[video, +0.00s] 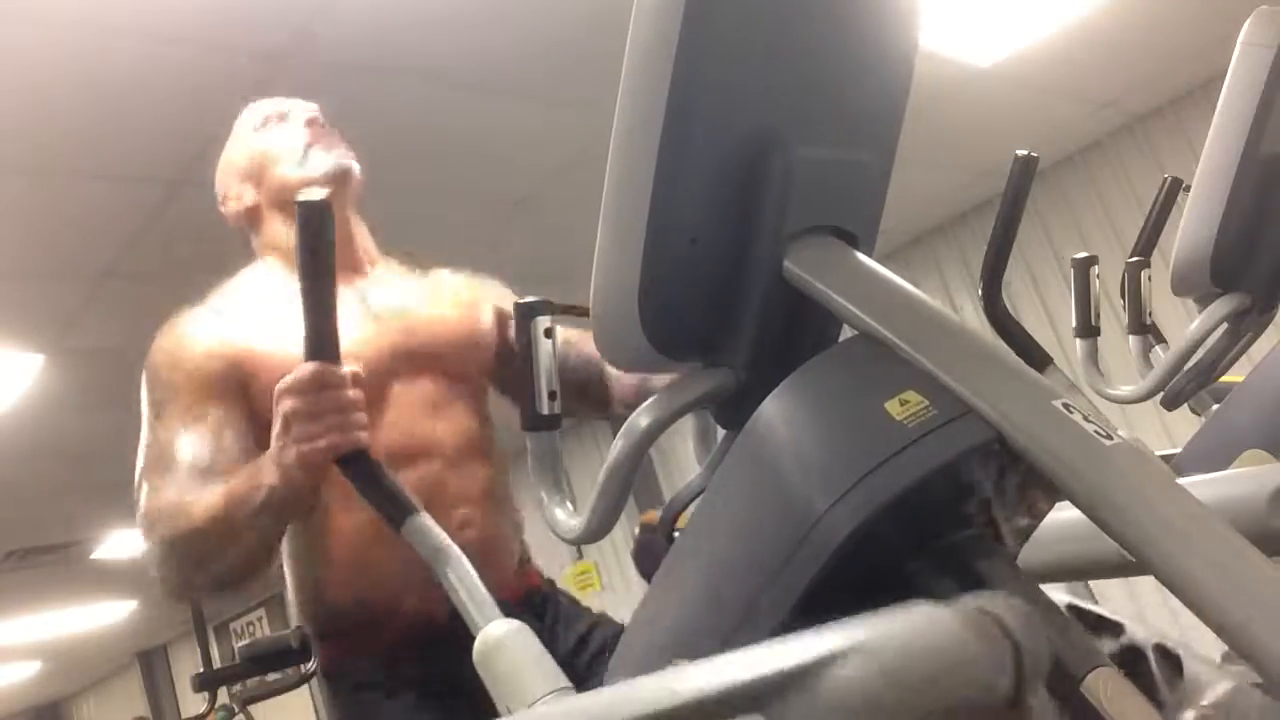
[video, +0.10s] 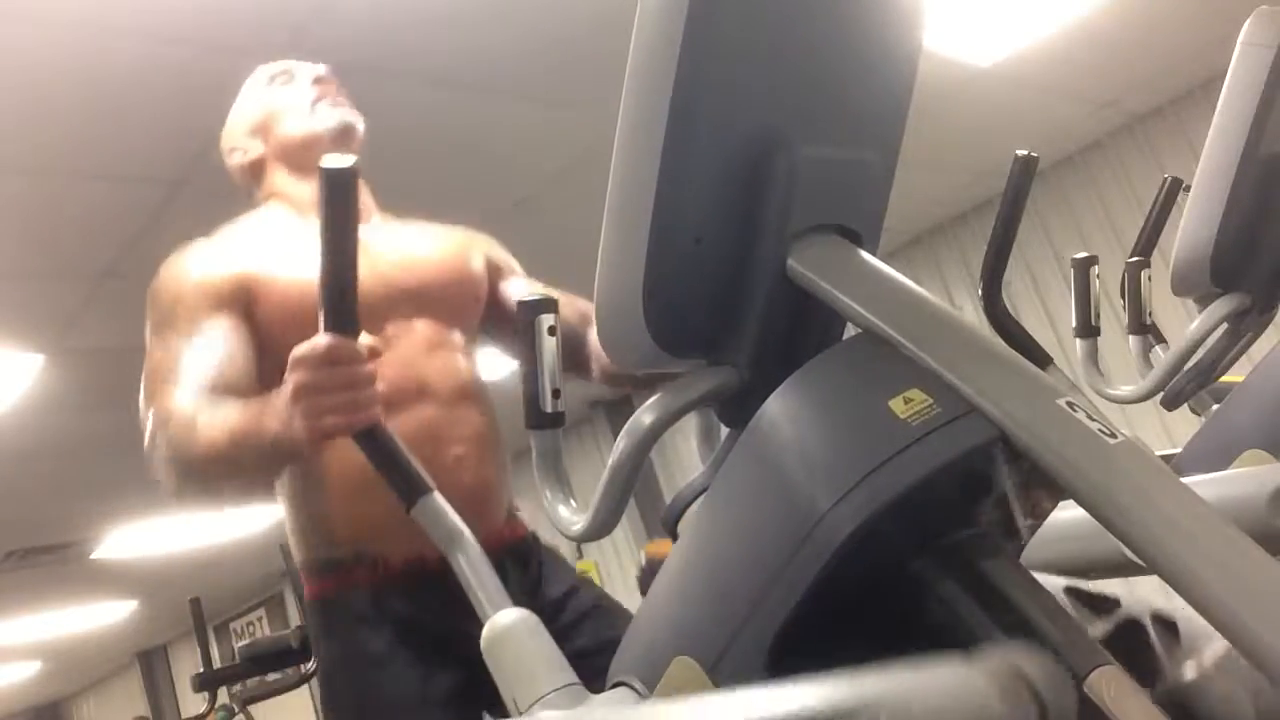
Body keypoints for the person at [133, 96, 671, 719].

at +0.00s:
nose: (316, 117)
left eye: (322, 116)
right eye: (275, 117)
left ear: (353, 164)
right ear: (234, 192)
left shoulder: (457, 298)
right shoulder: (205, 341)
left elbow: (617, 375)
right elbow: (183, 557)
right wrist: (281, 473)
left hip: (537, 624)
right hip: (386, 674)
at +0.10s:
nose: (323, 77)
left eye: (328, 75)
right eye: (284, 77)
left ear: (355, 119)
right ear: (243, 145)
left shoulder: (460, 246)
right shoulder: (210, 268)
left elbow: (591, 338)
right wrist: (284, 417)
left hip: (519, 572)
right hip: (373, 611)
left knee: (677, 696)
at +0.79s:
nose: (340, 129)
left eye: (347, 125)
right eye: (301, 127)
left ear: (375, 173)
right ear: (259, 198)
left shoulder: (458, 310)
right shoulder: (221, 331)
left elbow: (591, 384)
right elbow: (186, 506)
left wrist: (714, 382)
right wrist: (298, 427)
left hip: (517, 620)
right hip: (376, 665)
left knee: (691, 692)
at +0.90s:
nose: (343, 135)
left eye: (350, 128)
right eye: (307, 133)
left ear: (382, 175)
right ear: (263, 202)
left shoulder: (463, 320)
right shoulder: (231, 338)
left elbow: (596, 394)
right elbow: (167, 527)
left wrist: (732, 380)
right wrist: (294, 449)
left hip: (523, 636)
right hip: (382, 677)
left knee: (719, 672)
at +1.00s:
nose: (353, 83)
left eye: (364, 82)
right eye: (317, 82)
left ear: (391, 130)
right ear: (274, 154)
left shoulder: (477, 268)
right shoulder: (239, 276)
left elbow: (594, 380)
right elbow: (164, 450)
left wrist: (712, 378)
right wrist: (254, 544)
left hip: (525, 590)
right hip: (380, 622)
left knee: (697, 689)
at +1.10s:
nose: (374, 69)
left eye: (382, 68)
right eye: (335, 68)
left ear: (407, 117)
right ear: (293, 134)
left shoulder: (512, 253)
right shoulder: (250, 263)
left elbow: (597, 382)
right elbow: (180, 447)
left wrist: (705, 384)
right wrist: (231, 588)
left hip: (550, 579)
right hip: (398, 605)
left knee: (662, 708)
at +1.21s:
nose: (401, 98)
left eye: (407, 94)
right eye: (362, 95)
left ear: (431, 135)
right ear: (320, 167)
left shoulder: (533, 280)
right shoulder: (275, 303)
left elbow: (624, 400)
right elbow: (193, 474)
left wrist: (724, 385)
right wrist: (239, 589)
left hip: (559, 601)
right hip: (416, 624)